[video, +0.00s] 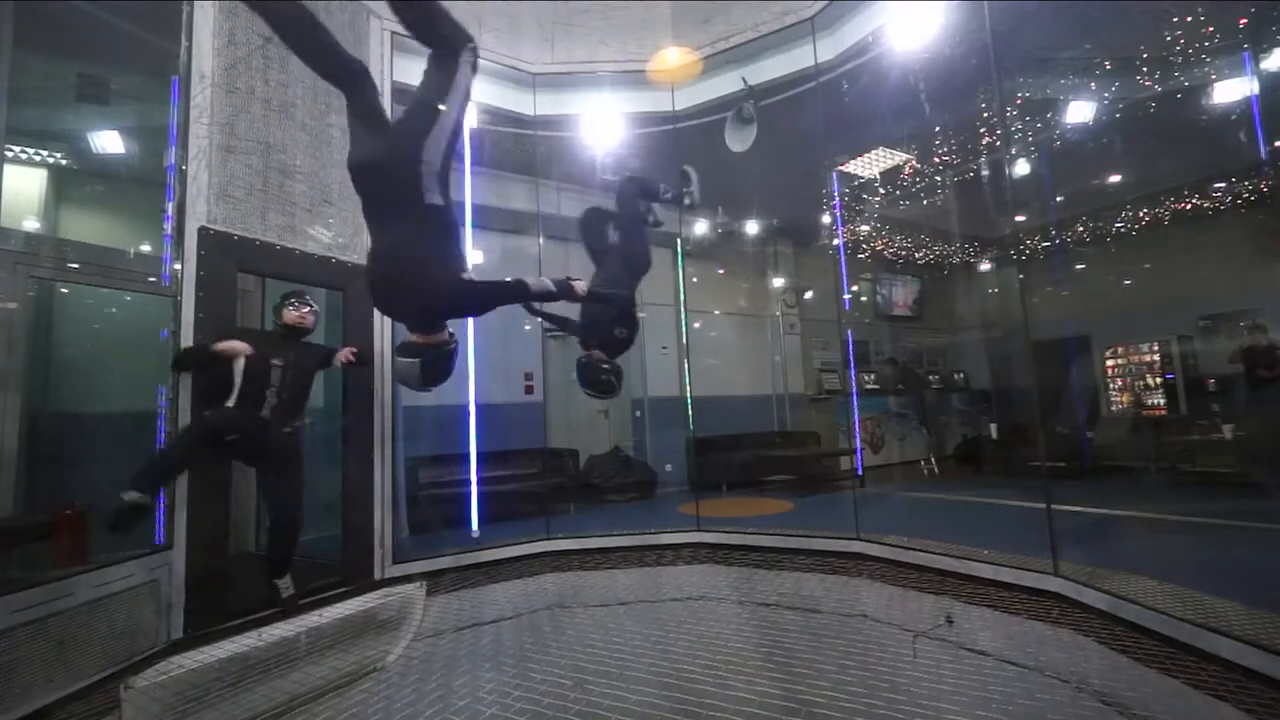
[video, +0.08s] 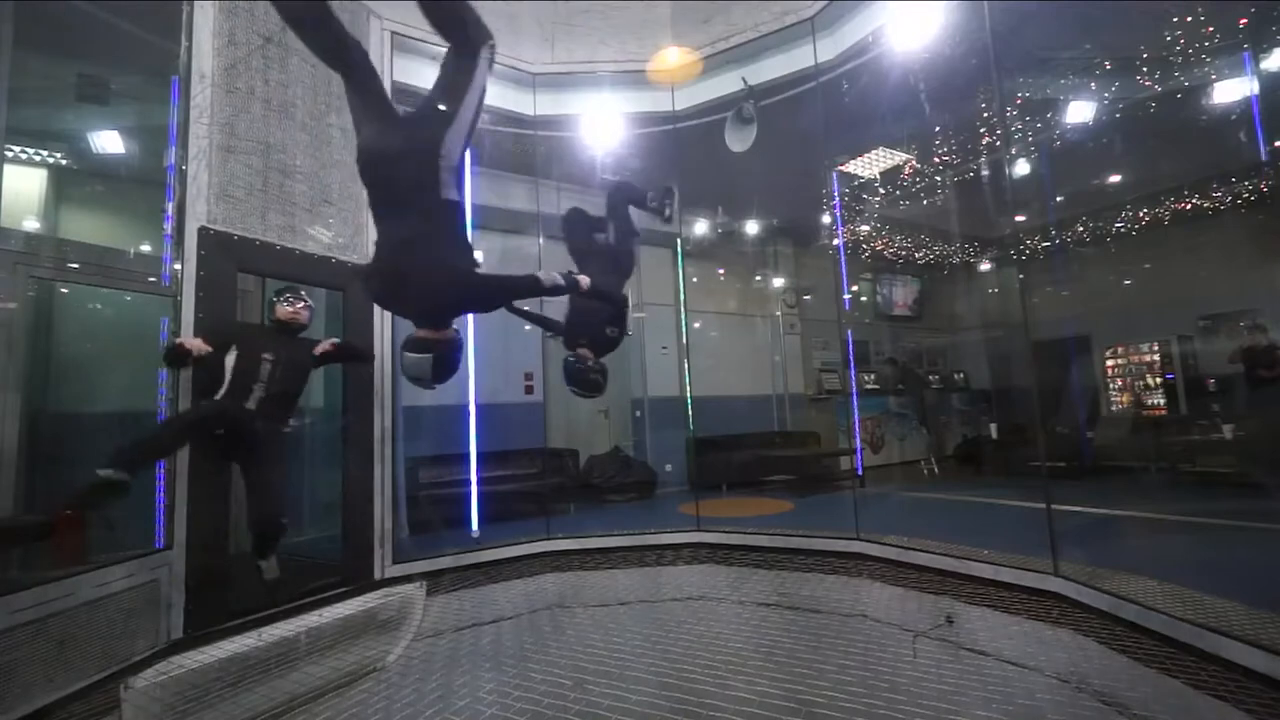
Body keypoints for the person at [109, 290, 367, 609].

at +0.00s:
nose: (305, 312)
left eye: (310, 309)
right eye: (297, 306)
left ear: (314, 321)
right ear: (280, 313)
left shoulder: (312, 352)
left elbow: (329, 356)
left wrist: (341, 356)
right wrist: (218, 349)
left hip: (282, 440)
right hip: (243, 431)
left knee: (288, 516)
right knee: (204, 426)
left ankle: (279, 575)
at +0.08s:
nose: (299, 306)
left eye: (305, 304)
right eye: (291, 301)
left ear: (309, 318)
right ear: (275, 308)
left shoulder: (309, 349)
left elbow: (364, 356)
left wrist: (338, 350)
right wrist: (182, 349)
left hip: (265, 434)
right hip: (222, 419)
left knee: (270, 518)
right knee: (194, 418)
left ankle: (265, 553)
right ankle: (124, 466)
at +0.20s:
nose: (287, 305)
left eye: (294, 304)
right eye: (280, 300)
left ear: (300, 318)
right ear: (263, 307)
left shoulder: (301, 350)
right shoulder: (231, 331)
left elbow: (363, 360)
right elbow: (180, 352)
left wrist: (333, 348)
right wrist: (175, 355)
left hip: (239, 440)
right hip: (199, 423)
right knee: (168, 385)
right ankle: (91, 442)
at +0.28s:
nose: (284, 309)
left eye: (292, 309)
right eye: (278, 303)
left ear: (297, 326)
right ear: (259, 310)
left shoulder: (294, 354)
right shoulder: (225, 336)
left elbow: (356, 364)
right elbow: (179, 361)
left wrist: (320, 344)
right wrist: (162, 378)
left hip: (218, 439)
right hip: (177, 419)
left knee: (218, 420)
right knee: (147, 353)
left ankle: (189, 505)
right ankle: (63, 415)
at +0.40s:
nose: (277, 321)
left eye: (286, 322)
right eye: (274, 317)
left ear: (293, 335)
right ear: (263, 324)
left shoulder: (285, 368)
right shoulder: (235, 350)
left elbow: (347, 366)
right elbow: (194, 370)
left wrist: (306, 330)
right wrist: (183, 356)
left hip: (182, 423)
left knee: (162, 337)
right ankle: (9, 325)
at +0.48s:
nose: (270, 336)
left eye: (279, 337)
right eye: (272, 334)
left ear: (286, 350)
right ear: (268, 341)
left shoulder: (279, 372)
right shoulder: (248, 362)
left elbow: (323, 361)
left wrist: (284, 326)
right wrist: (259, 337)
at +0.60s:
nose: (262, 350)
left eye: (269, 354)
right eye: (267, 349)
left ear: (265, 373)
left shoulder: (241, 386)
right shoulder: (218, 371)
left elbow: (299, 362)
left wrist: (262, 312)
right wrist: (167, 318)